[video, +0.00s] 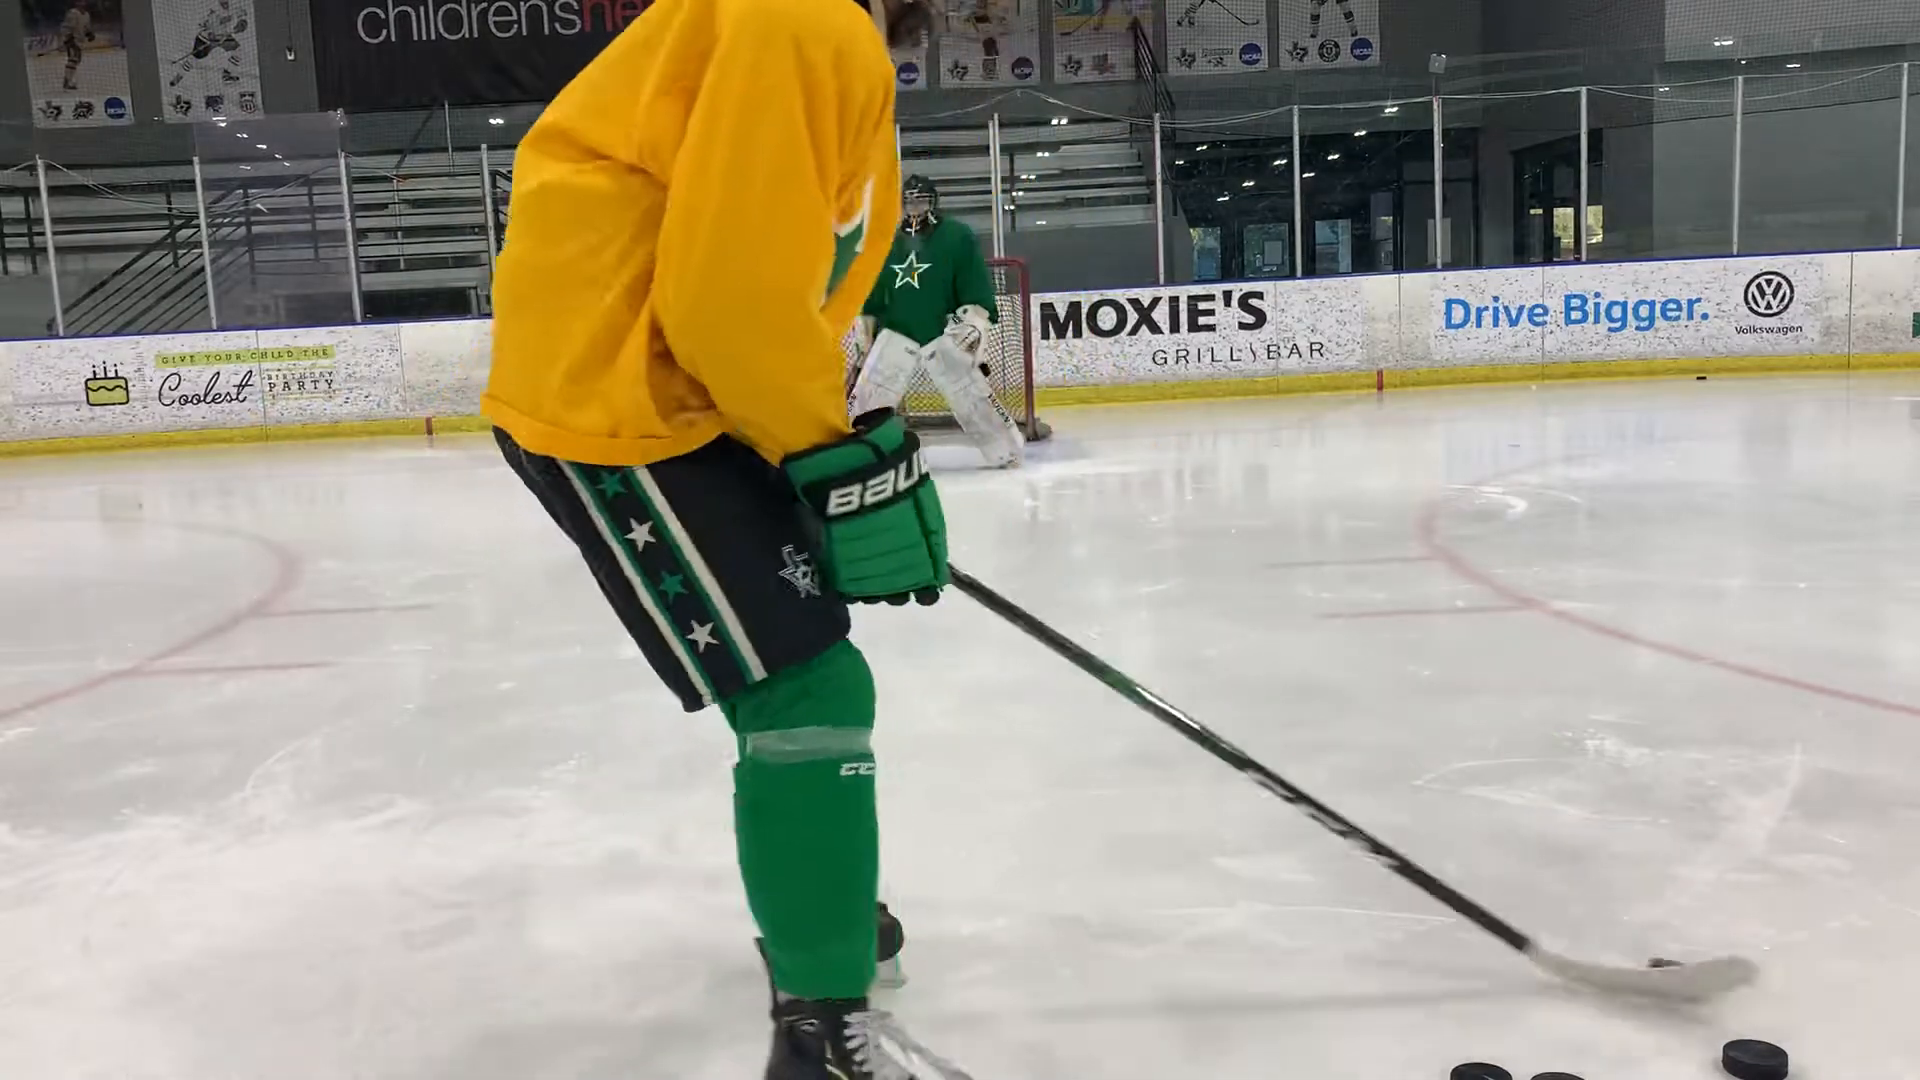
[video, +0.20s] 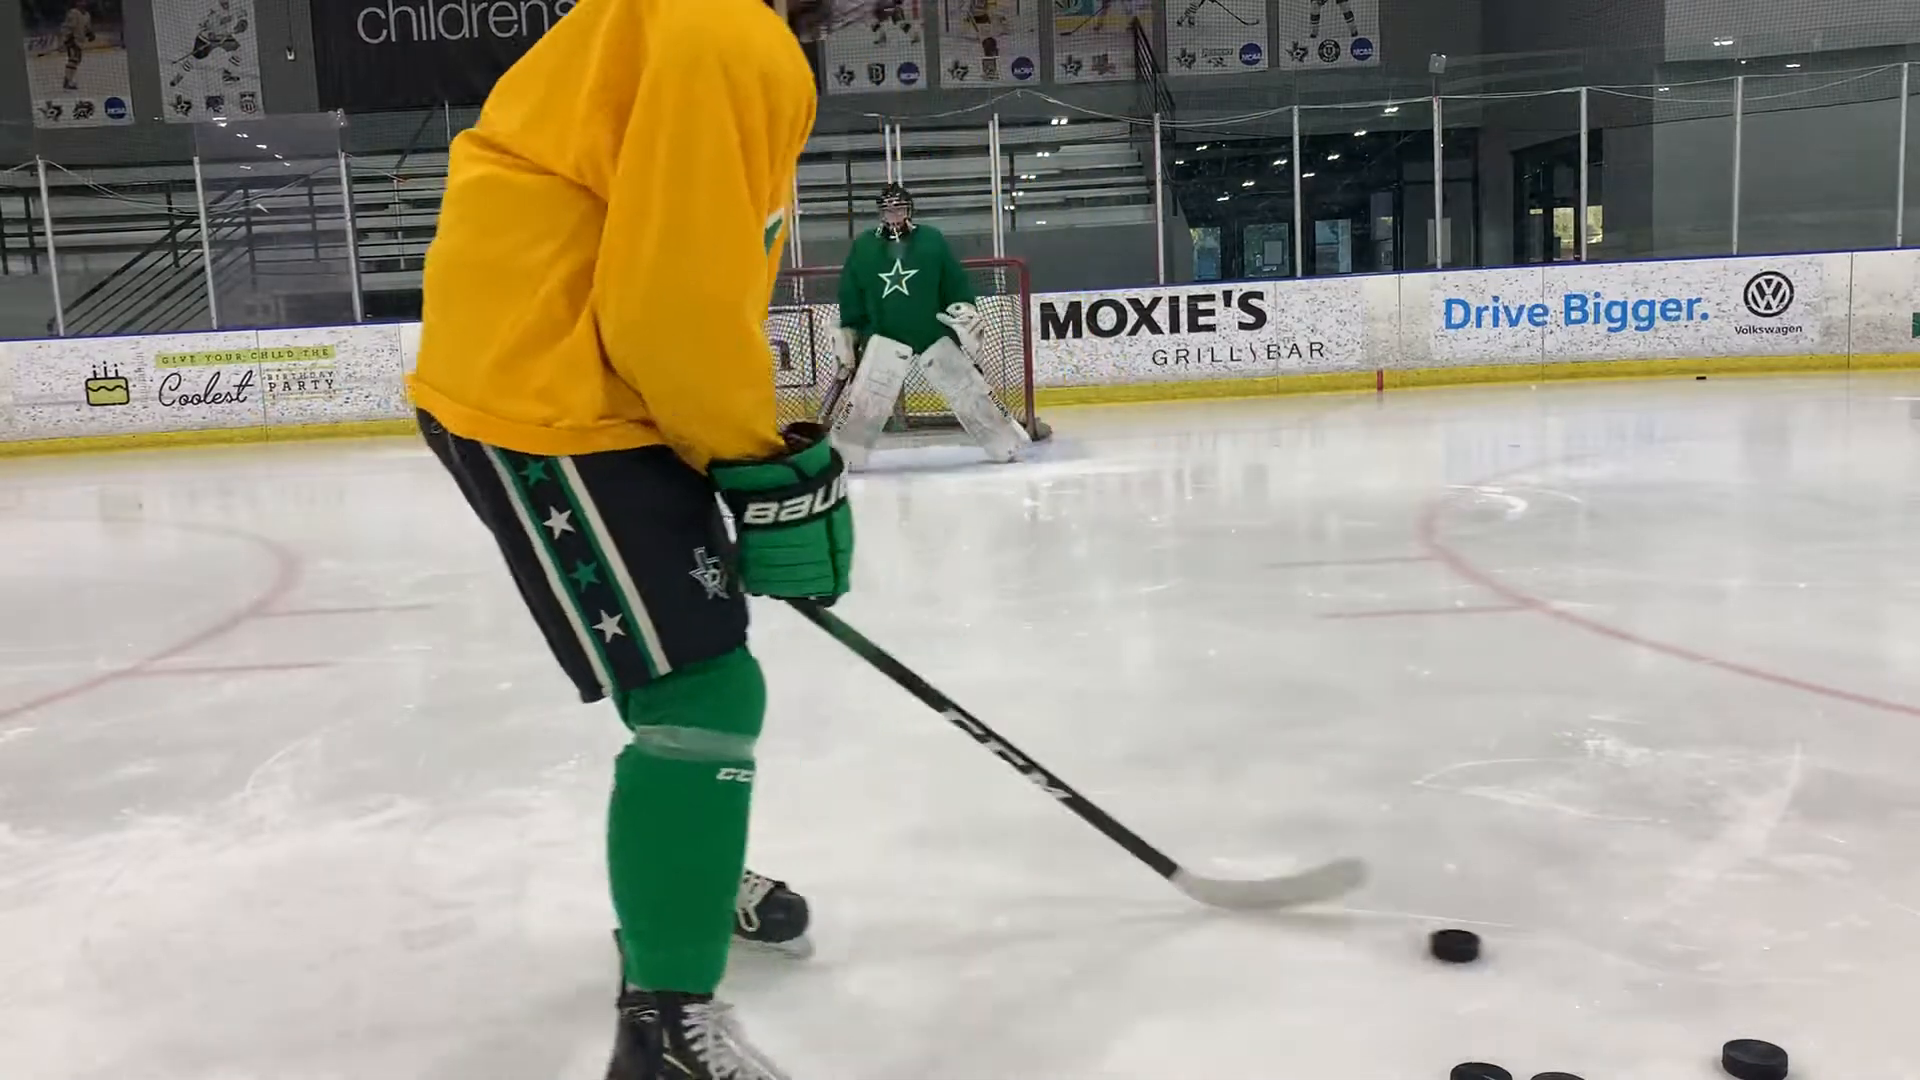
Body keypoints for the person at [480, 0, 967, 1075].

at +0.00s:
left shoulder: (824, 34)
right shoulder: (798, 28)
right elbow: (729, 288)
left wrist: (882, 276)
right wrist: (849, 470)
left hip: (665, 388)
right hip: (613, 400)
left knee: (799, 671)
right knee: (808, 692)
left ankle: (817, 921)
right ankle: (820, 1026)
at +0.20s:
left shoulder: (689, 27)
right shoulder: (726, 39)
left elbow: (690, 283)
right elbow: (674, 300)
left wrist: (761, 452)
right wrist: (771, 477)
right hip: (542, 397)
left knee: (699, 666)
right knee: (703, 696)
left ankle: (685, 885)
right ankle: (665, 1028)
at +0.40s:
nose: (744, 16)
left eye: (755, 9)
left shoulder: (534, 33)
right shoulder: (640, 84)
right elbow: (601, 338)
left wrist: (627, 477)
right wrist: (650, 513)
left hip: (352, 389)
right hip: (438, 408)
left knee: (493, 675)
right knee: (593, 717)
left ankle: (474, 879)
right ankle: (539, 1033)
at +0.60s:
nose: (623, 26)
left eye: (636, 20)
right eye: (626, 6)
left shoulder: (363, 19)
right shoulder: (534, 118)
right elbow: (485, 398)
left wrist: (453, 477)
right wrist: (516, 532)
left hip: (162, 386)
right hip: (296, 414)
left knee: (303, 679)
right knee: (470, 732)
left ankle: (269, 923)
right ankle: (444, 1051)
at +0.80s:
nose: (488, 24)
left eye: (507, 20)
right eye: (500, 7)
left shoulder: (201, 16)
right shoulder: (401, 115)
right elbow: (349, 405)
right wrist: (409, 526)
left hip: (12, 366)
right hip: (126, 400)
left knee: (126, 720)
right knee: (314, 769)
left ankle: (101, 983)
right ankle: (293, 1062)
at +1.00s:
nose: (344, 15)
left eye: (354, 12)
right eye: (350, 4)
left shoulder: (42, 22)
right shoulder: (244, 99)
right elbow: (207, 416)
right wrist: (329, 540)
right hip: (28, 454)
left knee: (12, 782)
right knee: (154, 798)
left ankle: (0, 1018)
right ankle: (107, 1057)